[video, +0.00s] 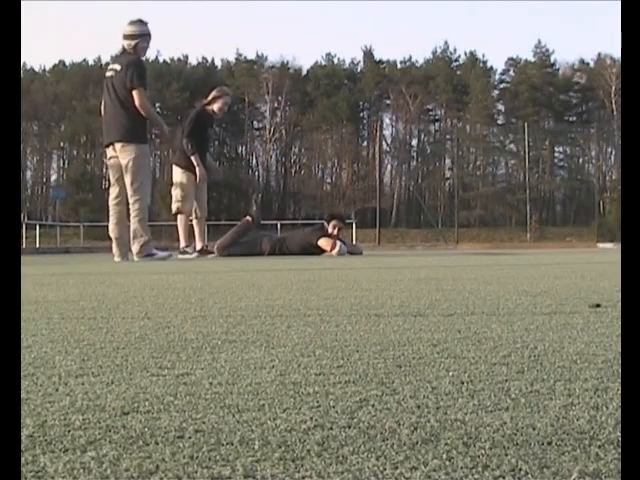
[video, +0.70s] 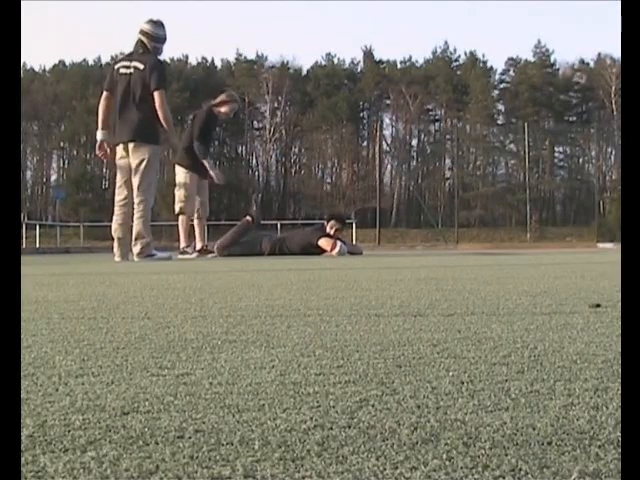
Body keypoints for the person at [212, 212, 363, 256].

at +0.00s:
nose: (336, 232)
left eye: (339, 230)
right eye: (334, 228)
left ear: (340, 230)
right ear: (327, 225)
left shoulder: (331, 237)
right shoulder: (318, 234)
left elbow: (358, 250)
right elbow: (335, 248)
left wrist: (341, 247)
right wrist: (342, 248)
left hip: (270, 242)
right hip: (266, 245)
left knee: (226, 247)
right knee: (220, 250)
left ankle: (204, 248)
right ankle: (246, 222)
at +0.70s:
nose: (334, 233)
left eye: (338, 230)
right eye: (333, 228)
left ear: (339, 230)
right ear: (327, 224)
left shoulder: (329, 235)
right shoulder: (318, 235)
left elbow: (357, 250)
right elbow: (336, 248)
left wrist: (342, 247)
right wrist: (342, 247)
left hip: (269, 242)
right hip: (265, 245)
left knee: (226, 246)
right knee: (221, 250)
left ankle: (205, 248)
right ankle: (246, 222)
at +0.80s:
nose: (335, 233)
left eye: (338, 230)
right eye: (334, 228)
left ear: (339, 230)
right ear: (327, 224)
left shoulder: (331, 236)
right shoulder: (318, 234)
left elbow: (358, 250)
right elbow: (338, 249)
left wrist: (341, 247)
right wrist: (343, 247)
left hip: (271, 242)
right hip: (266, 244)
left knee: (225, 248)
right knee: (220, 250)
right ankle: (247, 222)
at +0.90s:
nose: (335, 232)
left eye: (338, 230)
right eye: (334, 228)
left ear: (340, 230)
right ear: (327, 224)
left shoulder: (331, 237)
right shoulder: (318, 234)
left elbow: (358, 250)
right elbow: (337, 248)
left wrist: (341, 247)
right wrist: (343, 247)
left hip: (270, 242)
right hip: (266, 245)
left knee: (227, 247)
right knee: (220, 250)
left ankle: (204, 250)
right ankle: (246, 222)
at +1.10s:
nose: (335, 233)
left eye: (338, 231)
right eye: (333, 229)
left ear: (340, 231)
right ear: (327, 224)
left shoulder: (332, 237)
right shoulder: (317, 234)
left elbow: (358, 250)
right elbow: (337, 248)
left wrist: (341, 248)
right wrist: (342, 247)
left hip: (272, 242)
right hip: (267, 245)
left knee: (224, 247)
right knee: (220, 250)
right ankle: (247, 221)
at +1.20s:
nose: (335, 233)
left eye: (338, 231)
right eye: (333, 229)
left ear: (340, 231)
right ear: (327, 224)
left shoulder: (332, 237)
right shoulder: (318, 235)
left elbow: (358, 250)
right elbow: (338, 249)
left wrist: (341, 247)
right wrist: (343, 247)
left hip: (272, 243)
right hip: (268, 245)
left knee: (225, 248)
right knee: (220, 250)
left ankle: (254, 223)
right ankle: (251, 222)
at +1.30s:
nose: (334, 233)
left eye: (338, 231)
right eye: (333, 229)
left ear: (339, 231)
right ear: (327, 224)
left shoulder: (331, 237)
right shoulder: (318, 235)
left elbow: (358, 251)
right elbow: (337, 249)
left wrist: (342, 246)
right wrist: (341, 248)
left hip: (273, 242)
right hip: (268, 245)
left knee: (227, 248)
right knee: (220, 250)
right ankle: (252, 223)